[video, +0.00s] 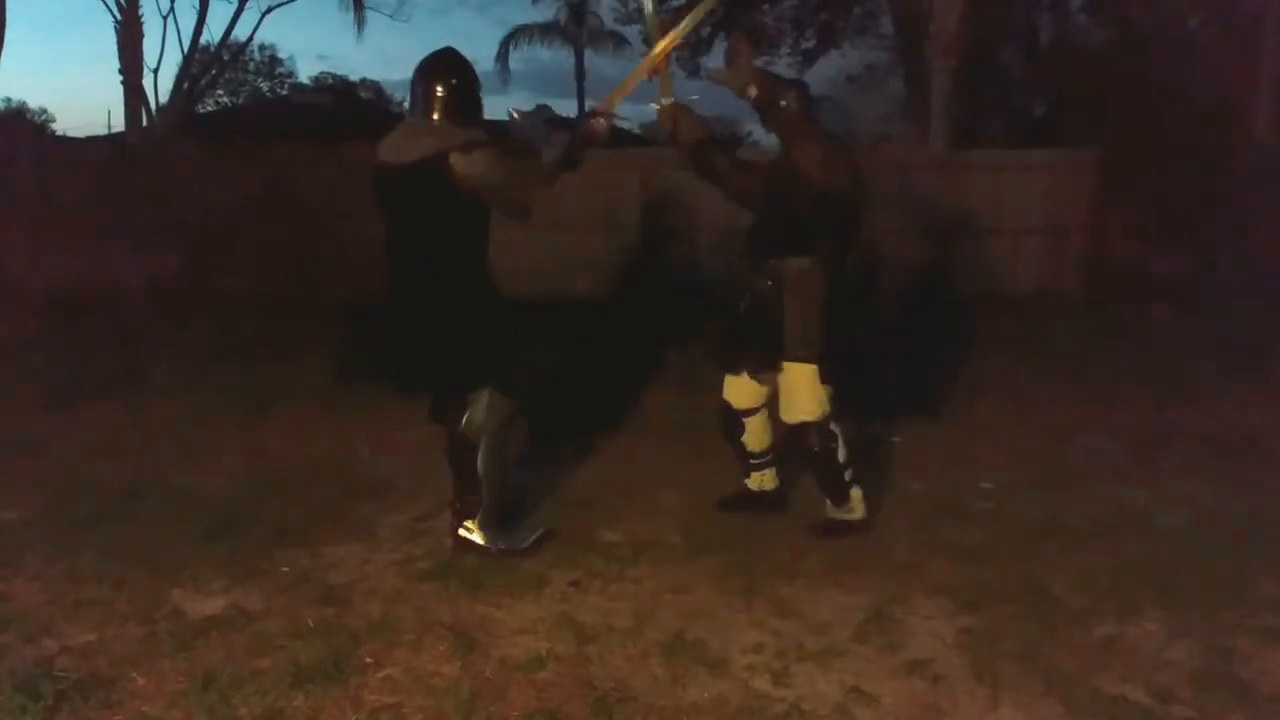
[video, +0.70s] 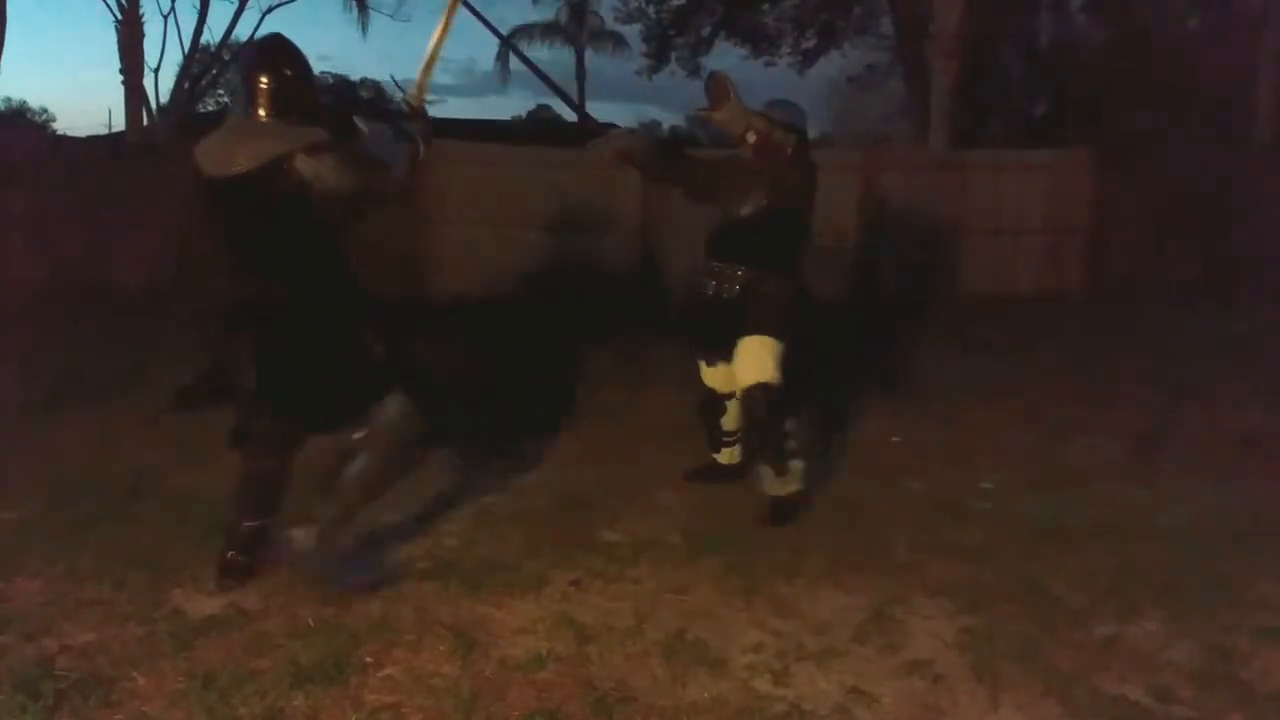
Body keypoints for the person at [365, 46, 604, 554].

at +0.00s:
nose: (475, 100)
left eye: (469, 91)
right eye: (472, 92)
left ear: (417, 94)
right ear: (465, 94)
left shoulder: (389, 153)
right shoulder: (468, 153)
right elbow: (524, 194)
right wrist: (576, 147)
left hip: (413, 297)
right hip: (464, 298)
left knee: (453, 403)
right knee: (501, 387)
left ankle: (465, 512)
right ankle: (486, 520)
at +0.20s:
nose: (437, 97)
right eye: (440, 87)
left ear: (389, 91)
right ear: (444, 91)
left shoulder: (357, 147)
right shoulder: (452, 151)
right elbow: (511, 201)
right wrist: (528, 134)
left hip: (380, 310)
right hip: (442, 314)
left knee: (434, 390)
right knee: (486, 389)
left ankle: (438, 493)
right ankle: (479, 514)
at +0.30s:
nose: (412, 99)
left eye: (399, 90)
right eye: (412, 89)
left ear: (359, 94)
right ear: (413, 94)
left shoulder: (328, 153)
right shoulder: (423, 153)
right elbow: (478, 200)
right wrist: (503, 138)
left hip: (358, 302)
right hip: (424, 303)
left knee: (379, 405)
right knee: (472, 399)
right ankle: (476, 520)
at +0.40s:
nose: (379, 101)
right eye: (378, 92)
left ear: (322, 99)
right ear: (379, 97)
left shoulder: (293, 164)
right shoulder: (390, 161)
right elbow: (444, 205)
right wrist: (473, 147)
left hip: (333, 320)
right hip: (397, 320)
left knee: (345, 425)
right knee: (454, 407)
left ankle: (301, 513)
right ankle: (474, 521)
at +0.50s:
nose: (348, 112)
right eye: (345, 103)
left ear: (287, 113)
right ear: (341, 109)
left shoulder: (260, 175)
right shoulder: (351, 174)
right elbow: (420, 197)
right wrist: (446, 154)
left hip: (298, 326)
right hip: (366, 323)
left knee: (283, 433)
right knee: (429, 408)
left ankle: (245, 543)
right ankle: (466, 522)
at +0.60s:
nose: (318, 99)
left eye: (307, 91)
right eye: (315, 90)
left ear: (263, 98)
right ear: (313, 96)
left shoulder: (229, 164)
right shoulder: (324, 160)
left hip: (260, 310)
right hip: (320, 310)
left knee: (271, 422)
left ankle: (245, 543)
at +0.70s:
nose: (308, 86)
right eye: (303, 78)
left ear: (246, 87)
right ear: (298, 84)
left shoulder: (210, 162)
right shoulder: (309, 155)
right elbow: (379, 190)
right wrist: (414, 138)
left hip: (247, 310)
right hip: (310, 311)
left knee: (265, 425)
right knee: (392, 410)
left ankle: (242, 547)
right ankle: (330, 536)